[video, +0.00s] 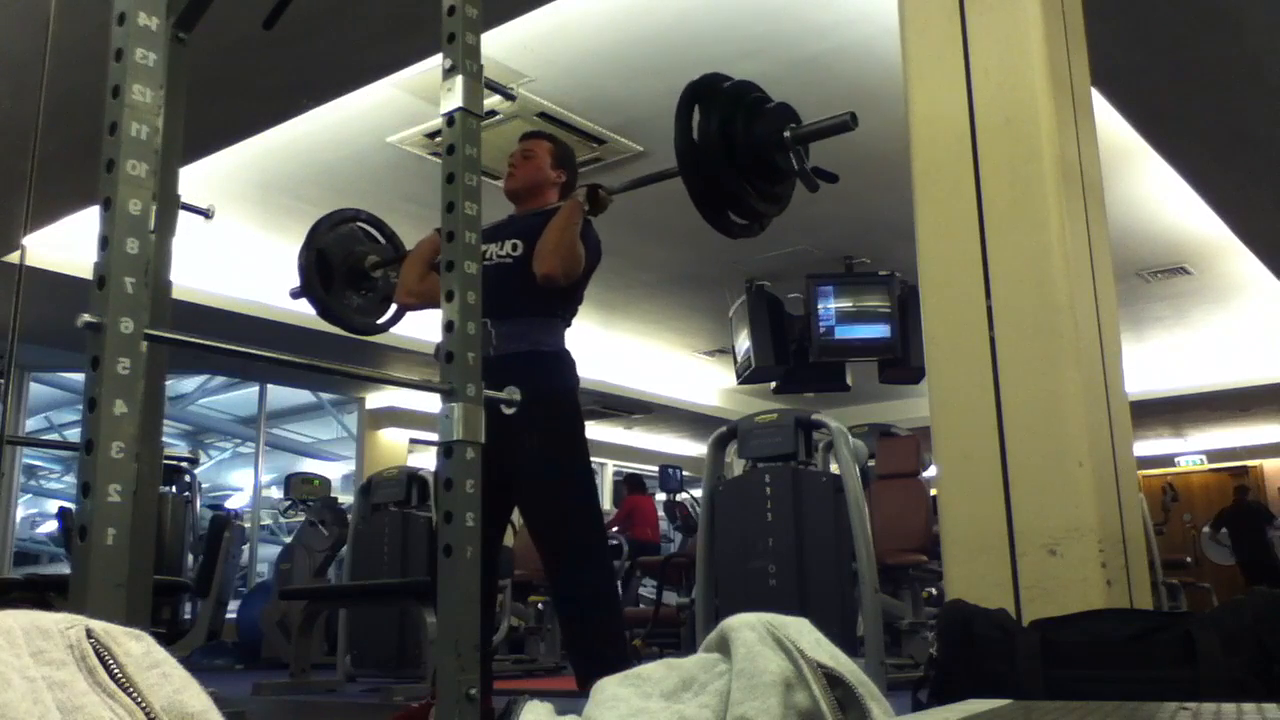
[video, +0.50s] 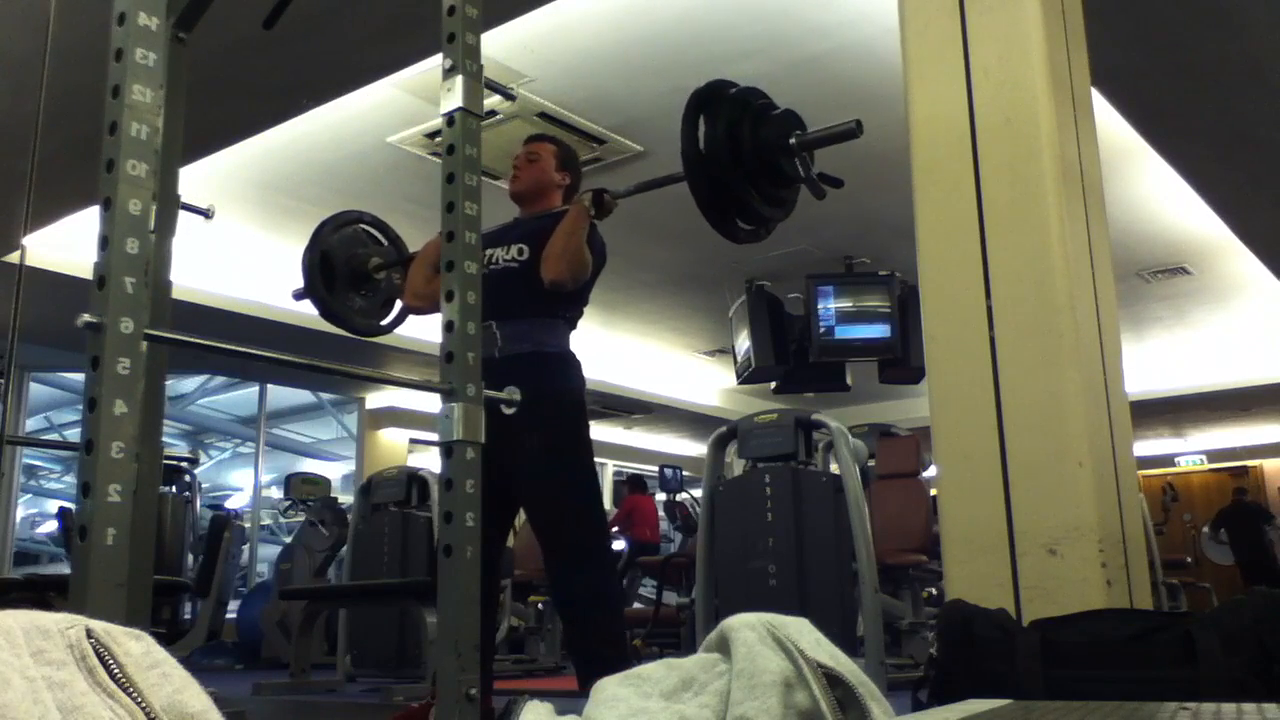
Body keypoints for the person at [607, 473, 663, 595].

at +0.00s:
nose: (624, 489)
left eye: (625, 486)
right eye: (624, 486)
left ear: (630, 487)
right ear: (642, 485)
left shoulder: (631, 500)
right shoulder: (649, 500)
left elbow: (617, 520)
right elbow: (634, 522)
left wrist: (604, 528)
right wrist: (617, 532)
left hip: (638, 544)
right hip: (654, 545)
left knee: (628, 578)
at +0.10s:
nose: (624, 491)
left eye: (625, 487)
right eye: (624, 487)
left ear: (630, 487)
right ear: (641, 486)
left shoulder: (631, 501)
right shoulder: (649, 500)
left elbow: (618, 520)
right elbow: (637, 521)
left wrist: (604, 528)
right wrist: (620, 531)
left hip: (638, 544)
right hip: (654, 544)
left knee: (625, 575)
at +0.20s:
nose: (624, 491)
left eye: (625, 488)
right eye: (624, 488)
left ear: (630, 487)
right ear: (642, 486)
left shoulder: (631, 501)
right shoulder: (649, 500)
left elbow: (617, 519)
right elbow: (636, 521)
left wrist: (605, 527)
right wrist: (620, 531)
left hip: (638, 545)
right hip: (654, 545)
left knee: (624, 573)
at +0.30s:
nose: (624, 491)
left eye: (625, 487)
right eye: (624, 487)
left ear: (630, 487)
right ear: (643, 486)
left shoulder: (631, 501)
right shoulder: (649, 500)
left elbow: (616, 519)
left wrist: (606, 527)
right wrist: (621, 529)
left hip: (638, 544)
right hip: (654, 545)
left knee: (624, 573)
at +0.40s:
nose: (624, 490)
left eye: (626, 487)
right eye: (625, 487)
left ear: (631, 487)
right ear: (644, 487)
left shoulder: (631, 500)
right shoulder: (650, 500)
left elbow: (618, 518)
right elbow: (637, 521)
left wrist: (607, 527)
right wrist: (620, 530)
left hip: (637, 544)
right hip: (653, 544)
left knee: (625, 573)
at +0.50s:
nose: (626, 490)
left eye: (627, 487)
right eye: (626, 487)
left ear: (631, 487)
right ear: (644, 487)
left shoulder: (631, 500)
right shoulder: (650, 500)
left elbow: (617, 519)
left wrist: (607, 527)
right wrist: (620, 531)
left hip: (637, 545)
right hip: (654, 545)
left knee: (619, 575)